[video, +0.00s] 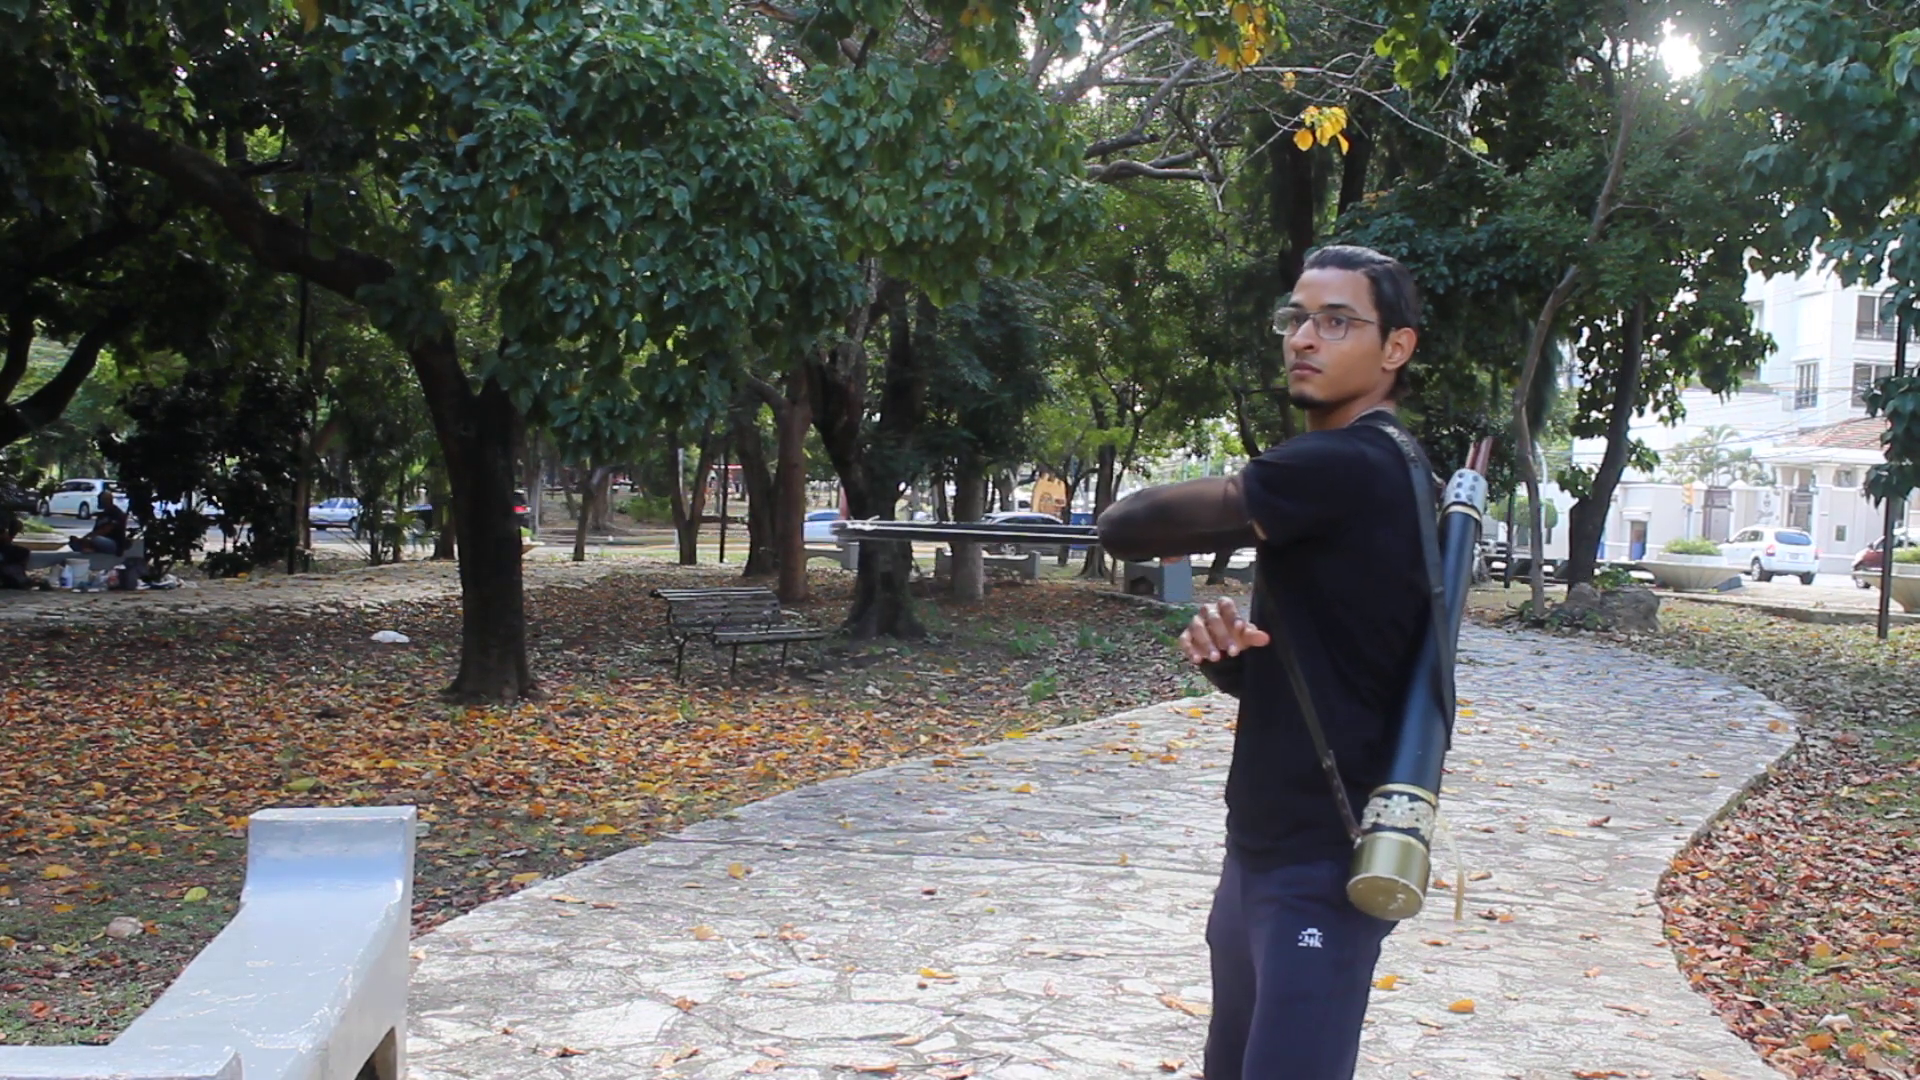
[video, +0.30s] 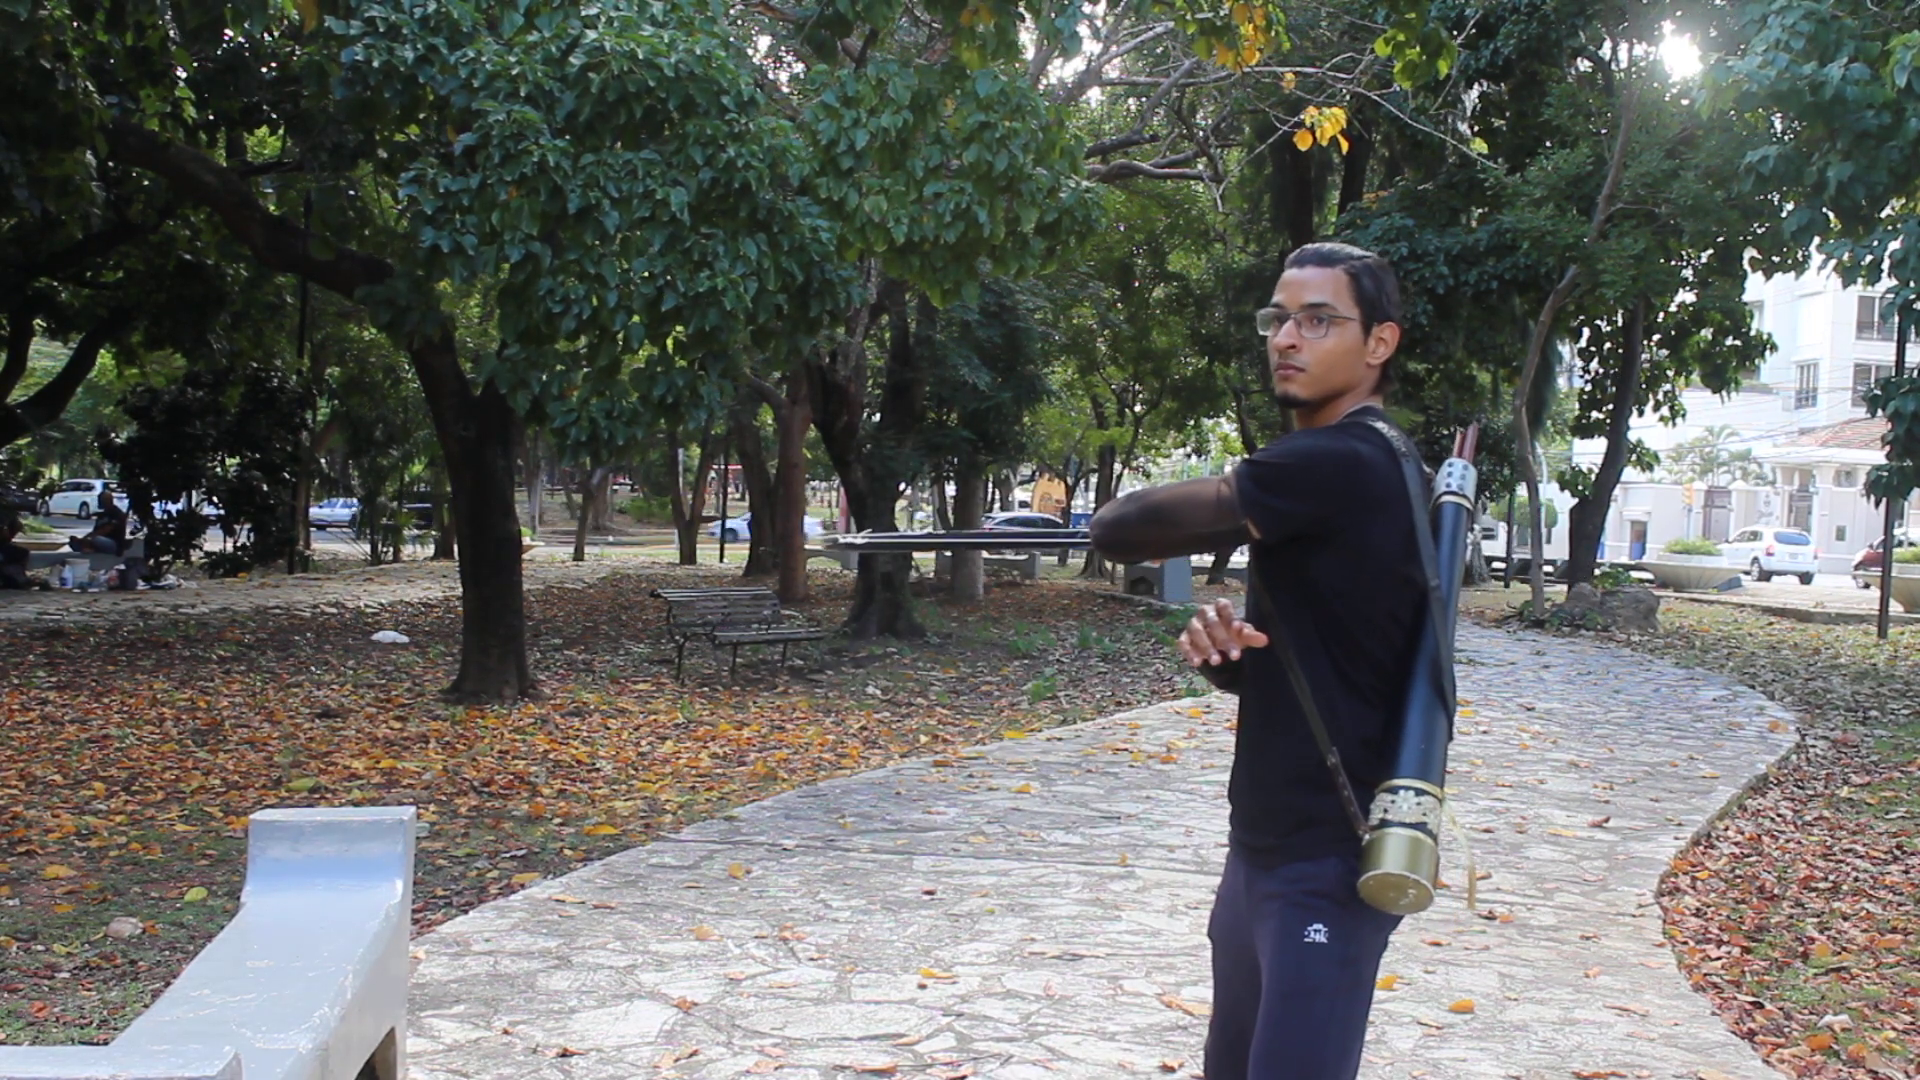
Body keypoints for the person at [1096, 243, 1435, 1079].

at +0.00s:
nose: (1302, 338)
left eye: (1335, 321)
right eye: (1296, 318)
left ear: (1396, 350)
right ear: (1282, 331)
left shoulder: (1361, 460)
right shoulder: (1342, 464)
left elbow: (1133, 524)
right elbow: (1307, 678)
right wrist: (1232, 654)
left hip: (1326, 864)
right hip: (1258, 852)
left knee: (1286, 1068)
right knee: (1231, 1065)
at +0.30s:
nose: (1285, 338)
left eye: (1318, 320)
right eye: (1278, 318)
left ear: (1379, 346)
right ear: (1264, 331)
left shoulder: (1355, 456)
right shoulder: (1326, 460)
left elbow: (1128, 523)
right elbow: (1311, 660)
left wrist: (1106, 535)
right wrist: (1234, 651)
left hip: (1331, 864)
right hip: (1259, 853)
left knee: (1291, 1068)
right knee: (1231, 1066)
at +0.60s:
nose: (1278, 343)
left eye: (1309, 322)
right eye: (1272, 323)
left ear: (1373, 343)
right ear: (1261, 334)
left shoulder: (1353, 457)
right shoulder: (1321, 459)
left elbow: (1135, 518)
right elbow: (1304, 653)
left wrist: (1103, 529)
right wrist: (1231, 648)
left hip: (1327, 863)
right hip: (1255, 851)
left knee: (1291, 1069)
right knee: (1229, 1067)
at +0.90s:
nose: (1278, 346)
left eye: (1307, 324)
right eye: (1271, 326)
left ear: (1374, 341)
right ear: (1261, 337)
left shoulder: (1361, 461)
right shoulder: (1315, 467)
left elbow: (1134, 520)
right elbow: (1290, 669)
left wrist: (1104, 529)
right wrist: (1225, 646)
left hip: (1326, 864)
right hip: (1251, 852)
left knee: (1294, 1069)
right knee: (1230, 1066)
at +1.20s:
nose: (1280, 346)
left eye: (1309, 324)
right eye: (1272, 326)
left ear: (1375, 340)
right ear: (1262, 337)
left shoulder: (1369, 461)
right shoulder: (1313, 469)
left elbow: (1146, 519)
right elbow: (1282, 671)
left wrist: (1105, 514)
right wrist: (1225, 644)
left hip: (1330, 864)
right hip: (1250, 853)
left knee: (1299, 1067)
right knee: (1232, 1065)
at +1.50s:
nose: (1282, 348)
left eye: (1312, 325)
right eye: (1274, 327)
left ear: (1378, 341)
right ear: (1263, 336)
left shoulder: (1375, 461)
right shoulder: (1312, 473)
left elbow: (1155, 518)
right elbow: (1267, 668)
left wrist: (1104, 516)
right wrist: (1221, 642)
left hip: (1331, 863)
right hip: (1248, 852)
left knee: (1303, 1067)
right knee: (1232, 1064)